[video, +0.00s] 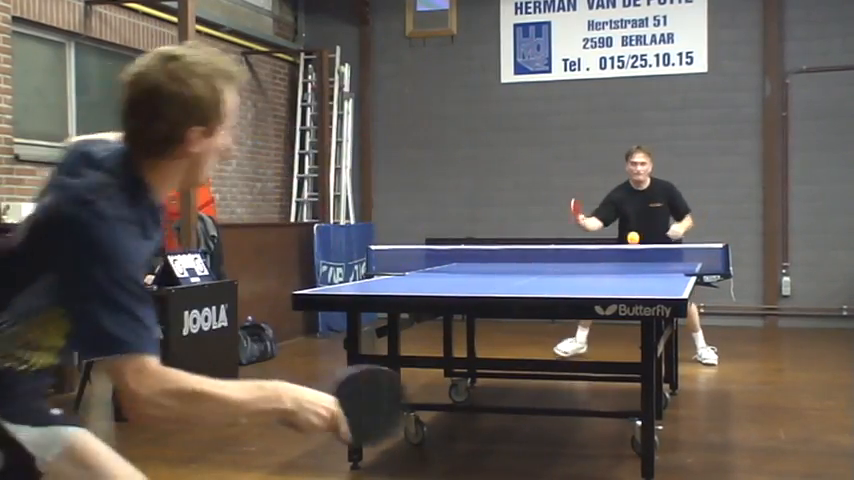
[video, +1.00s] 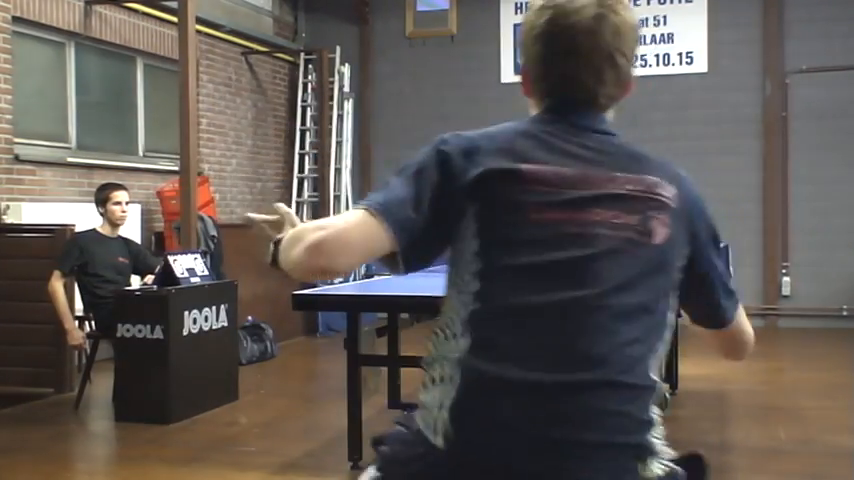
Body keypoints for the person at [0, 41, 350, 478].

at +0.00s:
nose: (230, 145)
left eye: (230, 128)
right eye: (226, 129)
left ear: (144, 122)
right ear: (194, 139)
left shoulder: (93, 158)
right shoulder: (102, 226)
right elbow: (142, 391)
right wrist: (281, 399)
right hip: (14, 398)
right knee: (123, 474)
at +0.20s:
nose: (397, 187)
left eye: (400, 172)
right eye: (399, 173)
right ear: (364, 175)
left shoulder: (267, 172)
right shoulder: (256, 236)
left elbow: (219, 133)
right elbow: (222, 407)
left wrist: (267, 126)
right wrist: (326, 474)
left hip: (121, 350)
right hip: (69, 362)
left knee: (211, 462)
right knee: (195, 474)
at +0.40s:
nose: (532, 190)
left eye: (538, 173)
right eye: (533, 172)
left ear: (441, 145)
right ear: (497, 169)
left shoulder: (350, 169)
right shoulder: (428, 244)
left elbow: (225, 186)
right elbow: (497, 404)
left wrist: (193, 167)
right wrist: (599, 351)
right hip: (272, 444)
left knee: (465, 464)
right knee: (472, 473)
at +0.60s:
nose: (555, 41)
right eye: (554, 30)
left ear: (465, 34)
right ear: (547, 41)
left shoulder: (390, 110)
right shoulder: (553, 127)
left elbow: (271, 187)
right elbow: (701, 170)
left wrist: (215, 204)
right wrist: (665, 76)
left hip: (332, 371)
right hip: (438, 388)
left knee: (401, 468)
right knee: (534, 469)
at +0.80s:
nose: (590, 8)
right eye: (589, 6)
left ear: (495, 5)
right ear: (580, 8)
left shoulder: (434, 60)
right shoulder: (623, 94)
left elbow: (286, 145)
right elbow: (729, 238)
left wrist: (255, 158)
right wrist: (688, 168)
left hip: (409, 346)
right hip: (538, 358)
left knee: (417, 468)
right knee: (627, 466)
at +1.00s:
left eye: (522, 63)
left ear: (525, 78)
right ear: (627, 86)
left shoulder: (466, 161)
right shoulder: (672, 192)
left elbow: (323, 255)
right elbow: (736, 343)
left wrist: (289, 239)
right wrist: (681, 288)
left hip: (468, 452)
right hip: (612, 458)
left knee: (392, 453)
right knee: (676, 461)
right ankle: (677, 465)